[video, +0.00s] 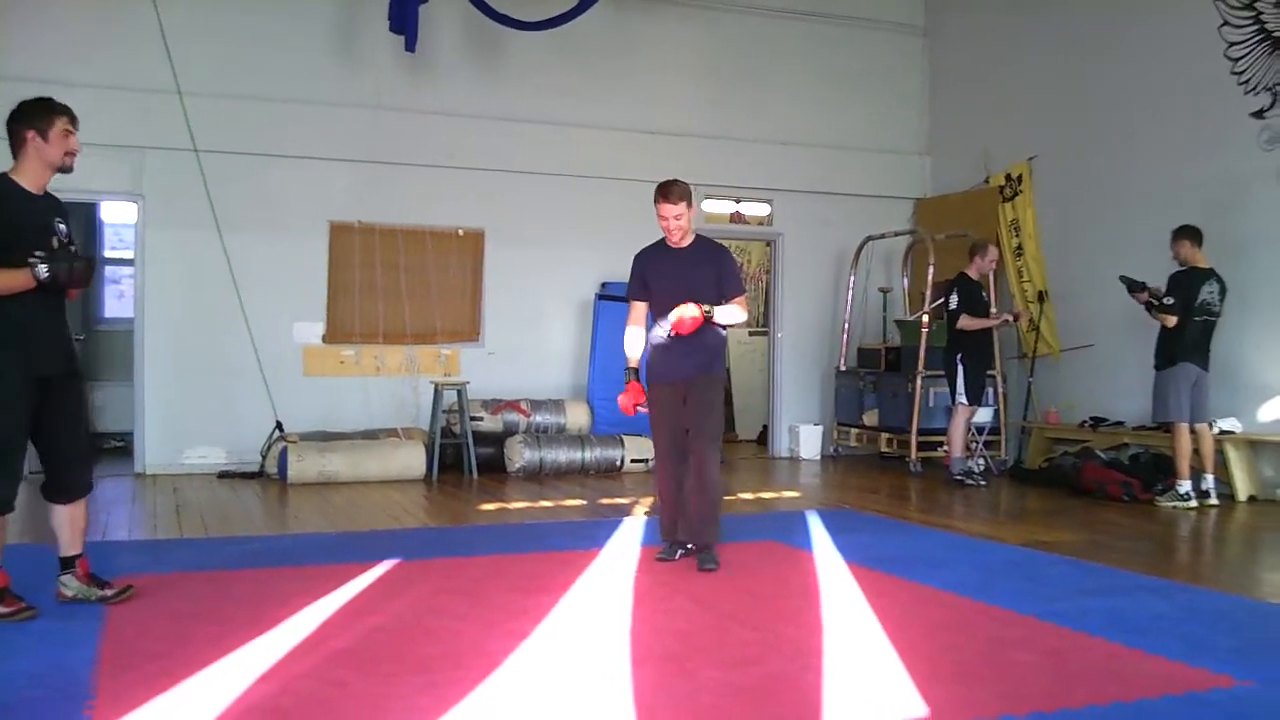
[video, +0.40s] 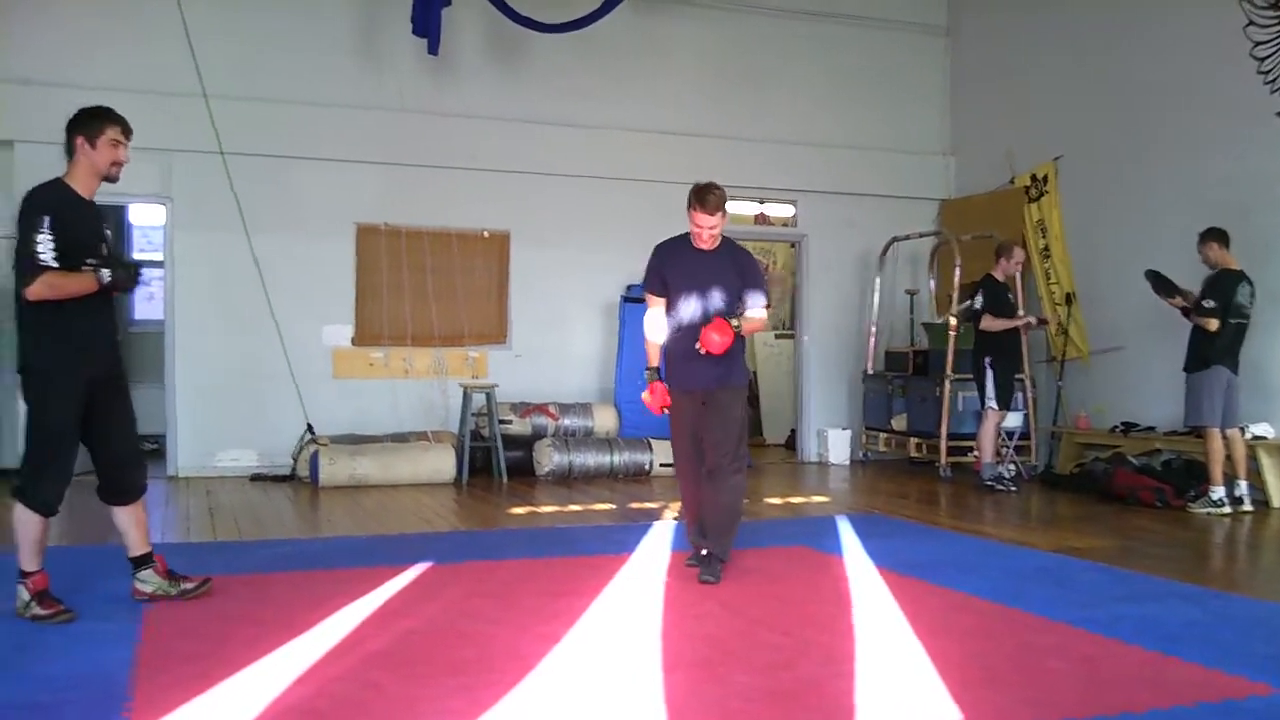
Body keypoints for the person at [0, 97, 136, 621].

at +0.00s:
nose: (76, 144)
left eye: (75, 134)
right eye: (67, 134)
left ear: (42, 141)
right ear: (32, 139)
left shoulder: (56, 209)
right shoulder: (2, 199)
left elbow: (70, 286)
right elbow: (0, 280)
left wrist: (76, 269)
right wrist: (41, 272)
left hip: (54, 360)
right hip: (9, 363)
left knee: (70, 462)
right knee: (6, 475)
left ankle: (74, 573)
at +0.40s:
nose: (123, 156)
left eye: (125, 148)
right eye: (116, 146)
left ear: (99, 150)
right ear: (83, 144)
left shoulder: (96, 215)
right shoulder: (43, 202)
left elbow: (88, 278)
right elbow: (36, 287)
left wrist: (117, 274)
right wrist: (104, 278)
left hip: (101, 364)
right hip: (53, 367)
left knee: (124, 466)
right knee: (45, 472)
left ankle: (147, 573)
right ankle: (31, 588)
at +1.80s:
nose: (256, 113)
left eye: (260, 104)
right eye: (249, 100)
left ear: (245, 105)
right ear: (216, 97)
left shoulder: (226, 164)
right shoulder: (182, 153)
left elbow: (216, 230)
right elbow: (178, 237)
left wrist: (246, 227)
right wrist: (242, 226)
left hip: (237, 311)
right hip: (199, 313)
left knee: (255, 417)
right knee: (207, 421)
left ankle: (200, 498)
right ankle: (210, 540)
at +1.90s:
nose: (275, 113)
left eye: (278, 103)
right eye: (268, 100)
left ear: (247, 103)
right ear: (234, 97)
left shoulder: (239, 161)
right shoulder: (200, 153)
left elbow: (234, 227)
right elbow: (199, 237)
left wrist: (264, 223)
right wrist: (262, 227)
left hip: (254, 310)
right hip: (216, 313)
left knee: (280, 413)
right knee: (223, 420)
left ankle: (234, 500)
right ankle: (225, 538)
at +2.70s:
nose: (297, 112)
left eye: (301, 103)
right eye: (289, 99)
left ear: (295, 109)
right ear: (259, 99)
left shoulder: (281, 167)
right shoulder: (223, 154)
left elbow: (284, 240)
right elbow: (217, 237)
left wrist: (305, 228)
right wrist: (282, 225)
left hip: (286, 313)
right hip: (244, 313)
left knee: (276, 419)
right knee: (246, 421)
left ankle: (265, 520)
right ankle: (237, 536)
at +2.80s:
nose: (296, 109)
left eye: (300, 101)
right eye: (288, 97)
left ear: (292, 106)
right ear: (257, 96)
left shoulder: (281, 165)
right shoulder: (222, 151)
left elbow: (286, 240)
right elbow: (213, 235)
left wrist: (303, 227)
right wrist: (279, 223)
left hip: (284, 312)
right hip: (242, 312)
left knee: (273, 416)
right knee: (241, 418)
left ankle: (260, 518)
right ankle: (232, 535)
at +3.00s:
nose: (302, 108)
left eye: (306, 100)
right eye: (293, 96)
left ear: (300, 106)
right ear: (263, 96)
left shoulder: (289, 164)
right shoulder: (228, 152)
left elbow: (293, 236)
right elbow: (220, 235)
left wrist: (311, 226)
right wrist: (285, 222)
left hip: (292, 311)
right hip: (249, 311)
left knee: (279, 415)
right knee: (248, 416)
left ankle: (264, 517)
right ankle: (236, 534)